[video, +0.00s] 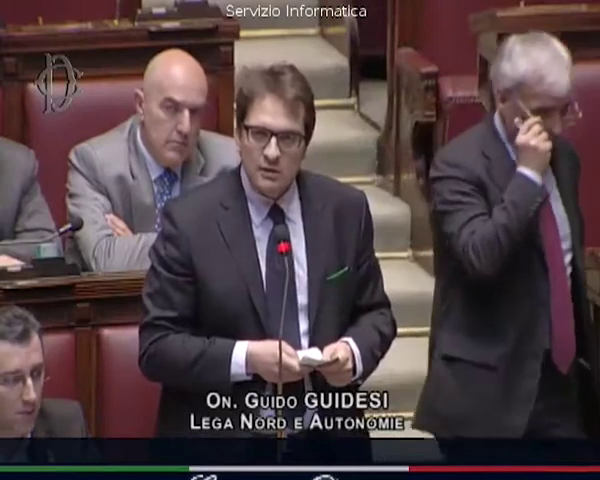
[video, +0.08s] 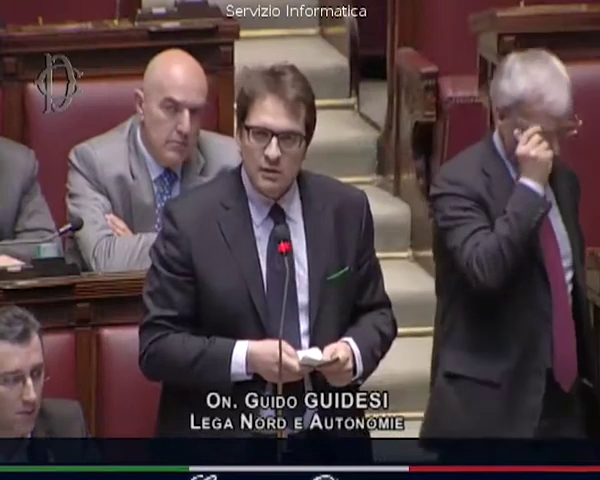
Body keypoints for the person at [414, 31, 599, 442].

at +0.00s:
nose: (555, 126)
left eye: (563, 111)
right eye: (542, 112)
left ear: (570, 99)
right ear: (504, 101)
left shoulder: (564, 159)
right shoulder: (457, 164)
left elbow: (571, 265)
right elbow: (480, 258)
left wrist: (583, 354)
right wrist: (527, 174)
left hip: (561, 378)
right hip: (486, 382)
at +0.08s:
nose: (555, 145)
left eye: (562, 131)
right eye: (541, 134)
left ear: (570, 118)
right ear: (503, 121)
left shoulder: (564, 180)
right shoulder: (456, 182)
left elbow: (574, 287)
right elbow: (484, 270)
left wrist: (585, 375)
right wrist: (530, 185)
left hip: (564, 397)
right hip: (488, 402)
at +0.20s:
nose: (565, 154)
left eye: (569, 142)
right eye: (554, 144)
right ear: (509, 133)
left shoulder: (567, 191)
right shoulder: (458, 189)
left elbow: (575, 295)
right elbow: (485, 276)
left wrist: (585, 383)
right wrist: (533, 192)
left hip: (564, 401)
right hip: (490, 406)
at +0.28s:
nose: (565, 159)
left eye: (571, 147)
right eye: (556, 149)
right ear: (513, 131)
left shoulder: (566, 186)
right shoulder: (460, 189)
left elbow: (576, 293)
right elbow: (484, 282)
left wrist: (585, 382)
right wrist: (536, 198)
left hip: (567, 396)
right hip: (492, 405)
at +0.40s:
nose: (571, 164)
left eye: (577, 151)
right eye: (560, 152)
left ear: (583, 135)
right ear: (517, 134)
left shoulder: (565, 181)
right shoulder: (464, 194)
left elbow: (579, 288)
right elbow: (481, 292)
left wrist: (588, 379)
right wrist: (544, 218)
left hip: (572, 396)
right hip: (496, 405)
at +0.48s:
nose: (579, 169)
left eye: (584, 155)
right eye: (568, 156)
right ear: (524, 139)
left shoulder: (571, 189)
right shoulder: (467, 200)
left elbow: (584, 297)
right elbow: (479, 305)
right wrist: (550, 241)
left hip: (575, 402)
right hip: (497, 408)